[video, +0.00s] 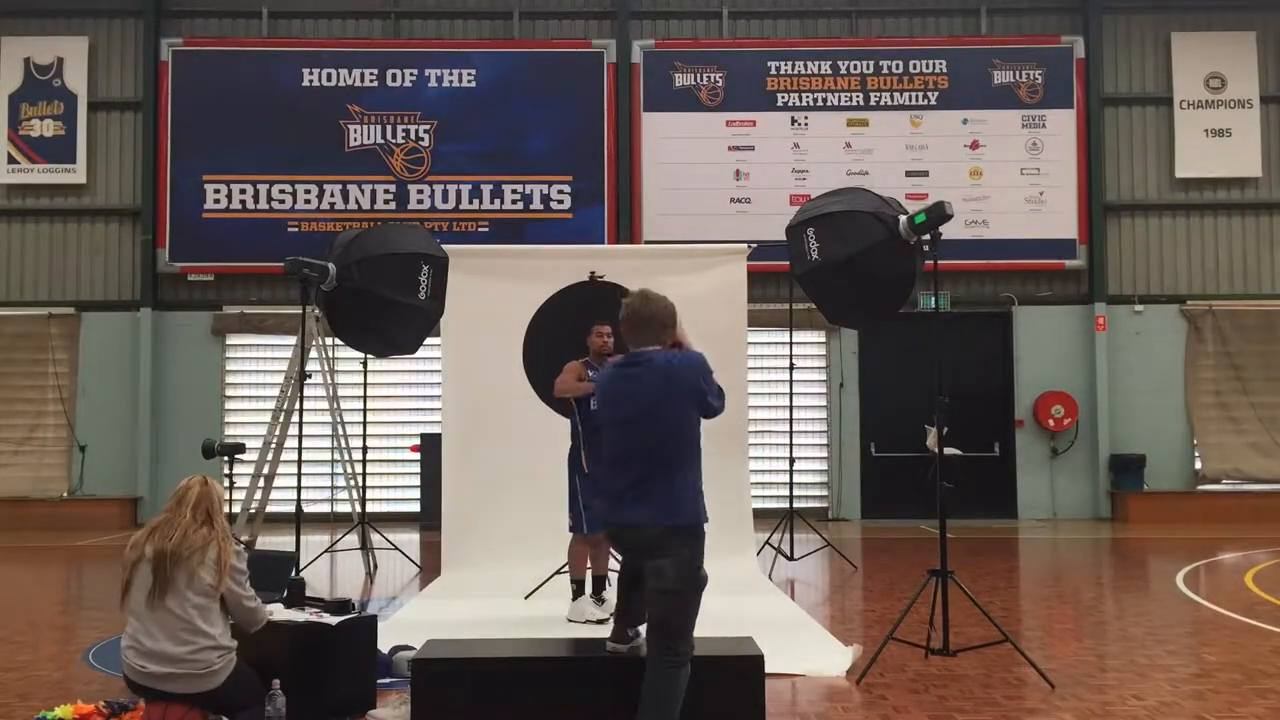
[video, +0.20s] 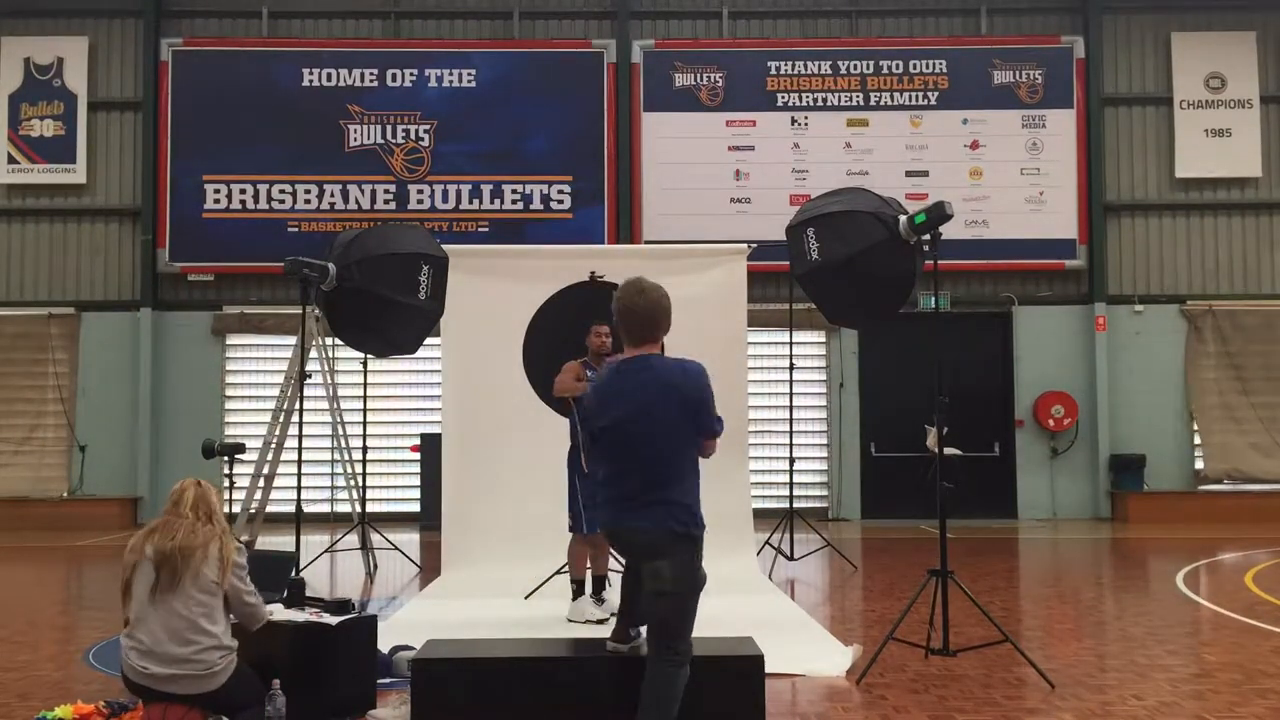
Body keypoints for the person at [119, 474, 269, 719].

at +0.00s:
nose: (224, 513)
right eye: (222, 507)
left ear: (175, 504)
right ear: (216, 510)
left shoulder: (142, 540)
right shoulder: (223, 548)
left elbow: (133, 603)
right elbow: (251, 618)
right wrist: (263, 612)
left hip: (139, 678)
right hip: (203, 681)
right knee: (254, 700)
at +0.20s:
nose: (223, 513)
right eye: (219, 507)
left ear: (171, 506)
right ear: (213, 510)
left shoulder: (141, 540)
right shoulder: (224, 547)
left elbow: (130, 608)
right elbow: (255, 617)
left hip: (140, 679)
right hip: (206, 682)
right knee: (254, 701)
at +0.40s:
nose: (223, 514)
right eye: (220, 508)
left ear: (171, 507)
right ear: (214, 510)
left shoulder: (142, 541)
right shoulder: (223, 547)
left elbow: (131, 603)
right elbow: (253, 617)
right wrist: (260, 613)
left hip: (140, 679)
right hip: (205, 681)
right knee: (254, 702)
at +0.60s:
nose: (224, 516)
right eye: (221, 510)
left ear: (174, 507)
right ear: (215, 511)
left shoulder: (143, 541)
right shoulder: (224, 546)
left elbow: (132, 604)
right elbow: (253, 618)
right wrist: (262, 612)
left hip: (140, 679)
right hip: (204, 682)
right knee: (255, 702)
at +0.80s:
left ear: (173, 509)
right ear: (218, 514)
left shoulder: (144, 543)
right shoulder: (226, 550)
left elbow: (130, 608)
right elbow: (253, 618)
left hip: (140, 679)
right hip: (205, 681)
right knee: (255, 703)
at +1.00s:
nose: (222, 513)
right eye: (219, 506)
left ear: (171, 505)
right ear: (212, 508)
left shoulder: (144, 542)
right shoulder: (222, 547)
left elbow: (134, 606)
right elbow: (252, 616)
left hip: (141, 678)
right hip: (205, 680)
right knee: (255, 703)